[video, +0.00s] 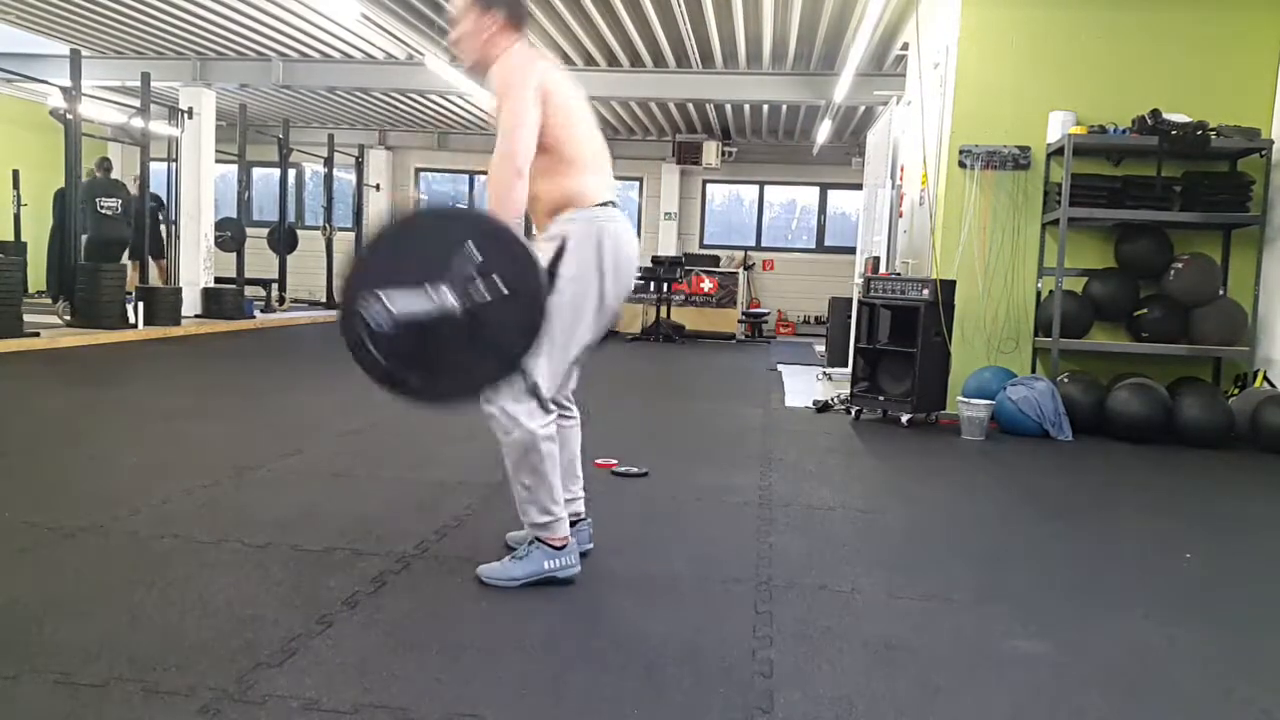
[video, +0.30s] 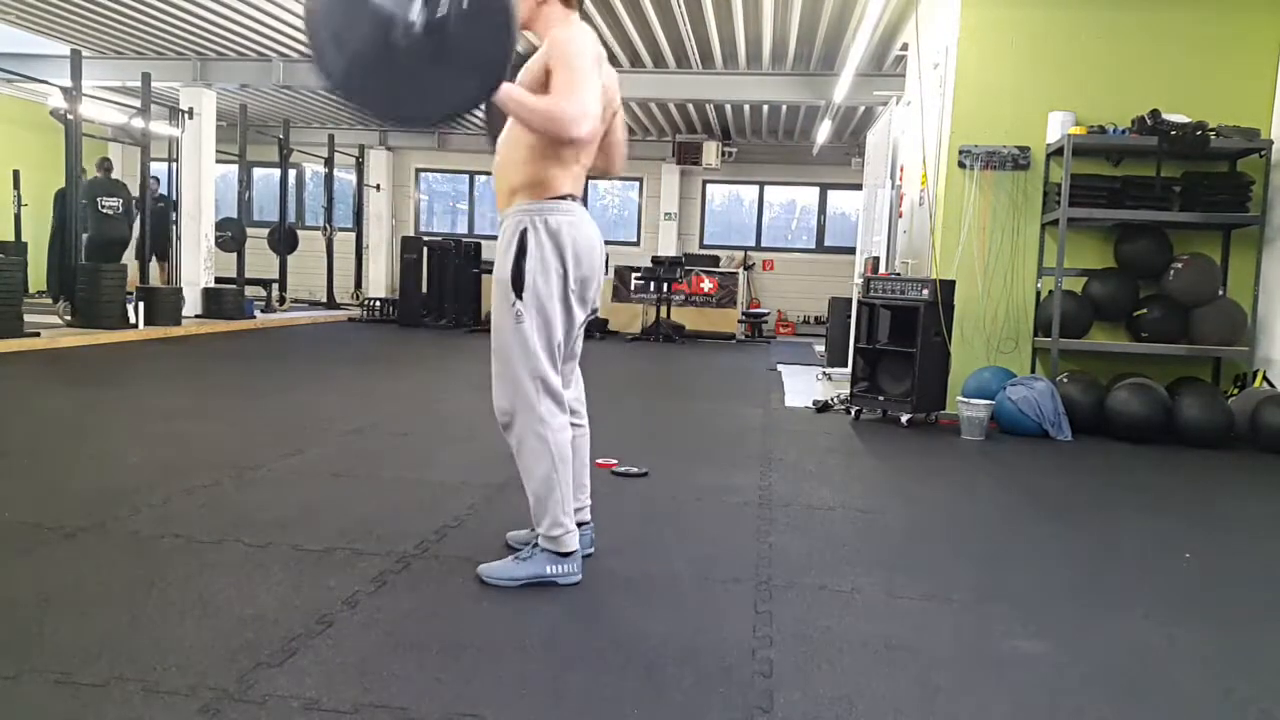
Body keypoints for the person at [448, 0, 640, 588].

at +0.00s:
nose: (450, 38)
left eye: (456, 23)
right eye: (450, 26)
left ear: (493, 22)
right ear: (500, 25)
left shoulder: (520, 67)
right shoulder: (539, 70)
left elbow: (512, 165)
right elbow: (532, 175)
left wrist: (491, 263)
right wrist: (511, 264)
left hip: (581, 236)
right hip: (597, 234)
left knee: (513, 391)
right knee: (553, 392)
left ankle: (552, 544)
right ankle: (568, 523)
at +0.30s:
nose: (510, 7)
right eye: (512, 1)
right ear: (564, 2)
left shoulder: (567, 41)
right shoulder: (599, 64)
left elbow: (575, 120)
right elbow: (610, 163)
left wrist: (498, 89)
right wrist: (545, 145)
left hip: (539, 233)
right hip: (572, 229)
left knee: (528, 395)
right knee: (562, 386)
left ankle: (556, 548)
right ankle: (573, 523)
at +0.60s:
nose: (528, 9)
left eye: (534, 2)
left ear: (551, 3)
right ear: (583, 11)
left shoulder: (543, 56)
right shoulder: (586, 70)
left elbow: (446, 113)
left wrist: (457, 31)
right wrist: (474, 40)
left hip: (521, 231)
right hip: (558, 227)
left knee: (525, 396)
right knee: (556, 385)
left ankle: (556, 549)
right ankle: (573, 523)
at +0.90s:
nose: (532, 10)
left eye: (536, 4)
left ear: (555, 4)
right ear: (592, 10)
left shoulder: (546, 55)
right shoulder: (596, 75)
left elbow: (439, 98)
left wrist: (467, 28)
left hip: (516, 231)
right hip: (556, 226)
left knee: (520, 397)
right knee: (551, 385)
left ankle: (555, 548)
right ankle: (573, 523)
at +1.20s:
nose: (538, 15)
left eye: (543, 7)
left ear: (564, 5)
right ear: (597, 10)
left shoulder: (554, 53)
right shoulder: (604, 76)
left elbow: (443, 82)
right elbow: (557, 140)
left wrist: (479, 19)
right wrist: (503, 119)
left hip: (526, 231)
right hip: (565, 226)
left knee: (531, 396)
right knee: (562, 384)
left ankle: (557, 549)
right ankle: (575, 524)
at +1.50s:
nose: (540, 15)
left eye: (547, 7)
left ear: (571, 5)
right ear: (603, 11)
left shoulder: (562, 51)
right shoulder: (608, 75)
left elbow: (449, 84)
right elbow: (559, 144)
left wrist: (485, 25)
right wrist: (508, 121)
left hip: (533, 230)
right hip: (569, 226)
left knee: (532, 398)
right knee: (549, 389)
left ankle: (559, 550)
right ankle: (569, 522)